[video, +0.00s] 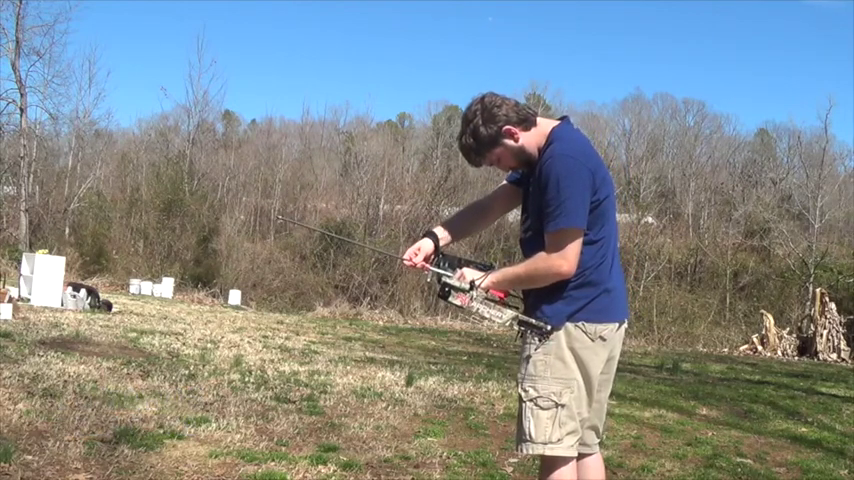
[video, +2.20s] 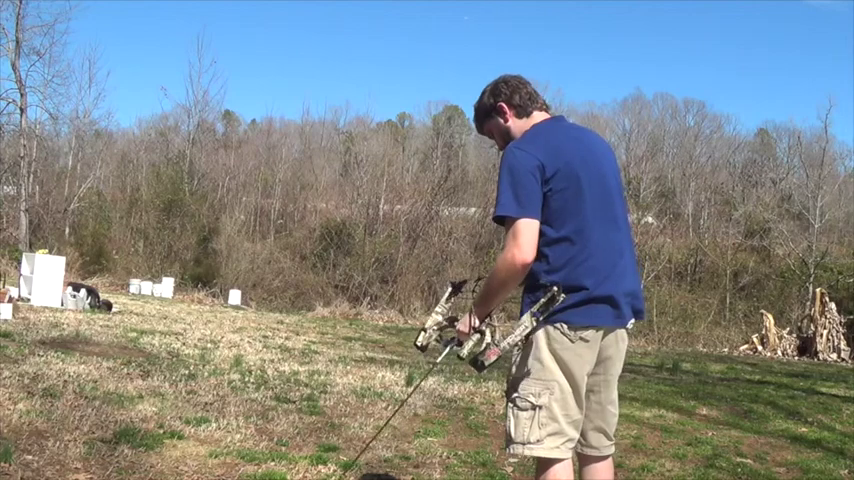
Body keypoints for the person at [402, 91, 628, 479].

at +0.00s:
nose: (499, 167)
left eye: (495, 160)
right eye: (492, 164)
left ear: (511, 133)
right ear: (513, 129)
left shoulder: (563, 159)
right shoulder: (551, 150)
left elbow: (562, 262)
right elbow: (493, 205)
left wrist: (489, 280)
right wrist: (436, 238)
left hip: (571, 319)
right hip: (589, 315)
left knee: (557, 449)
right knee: (584, 445)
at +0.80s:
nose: (495, 143)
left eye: (494, 131)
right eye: (489, 136)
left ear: (520, 110)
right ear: (524, 110)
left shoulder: (558, 156)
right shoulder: (568, 142)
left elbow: (545, 260)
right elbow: (514, 201)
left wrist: (473, 282)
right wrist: (469, 196)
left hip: (567, 320)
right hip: (600, 316)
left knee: (554, 451)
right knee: (587, 444)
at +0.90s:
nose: (494, 140)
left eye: (492, 127)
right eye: (489, 130)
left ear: (519, 108)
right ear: (525, 107)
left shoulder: (555, 153)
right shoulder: (580, 139)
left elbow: (536, 262)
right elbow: (566, 219)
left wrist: (466, 289)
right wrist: (508, 199)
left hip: (566, 317)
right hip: (604, 314)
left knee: (555, 450)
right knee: (587, 443)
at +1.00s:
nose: (494, 138)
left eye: (491, 125)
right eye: (487, 129)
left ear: (517, 106)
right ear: (524, 105)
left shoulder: (549, 153)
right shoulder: (583, 139)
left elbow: (529, 259)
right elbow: (585, 240)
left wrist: (460, 295)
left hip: (564, 320)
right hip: (605, 316)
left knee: (555, 451)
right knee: (588, 444)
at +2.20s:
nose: (499, 147)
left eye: (494, 136)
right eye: (492, 140)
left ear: (505, 111)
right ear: (541, 107)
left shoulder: (526, 151)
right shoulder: (596, 144)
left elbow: (520, 254)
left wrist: (477, 314)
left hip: (565, 311)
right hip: (618, 307)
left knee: (553, 450)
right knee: (598, 448)